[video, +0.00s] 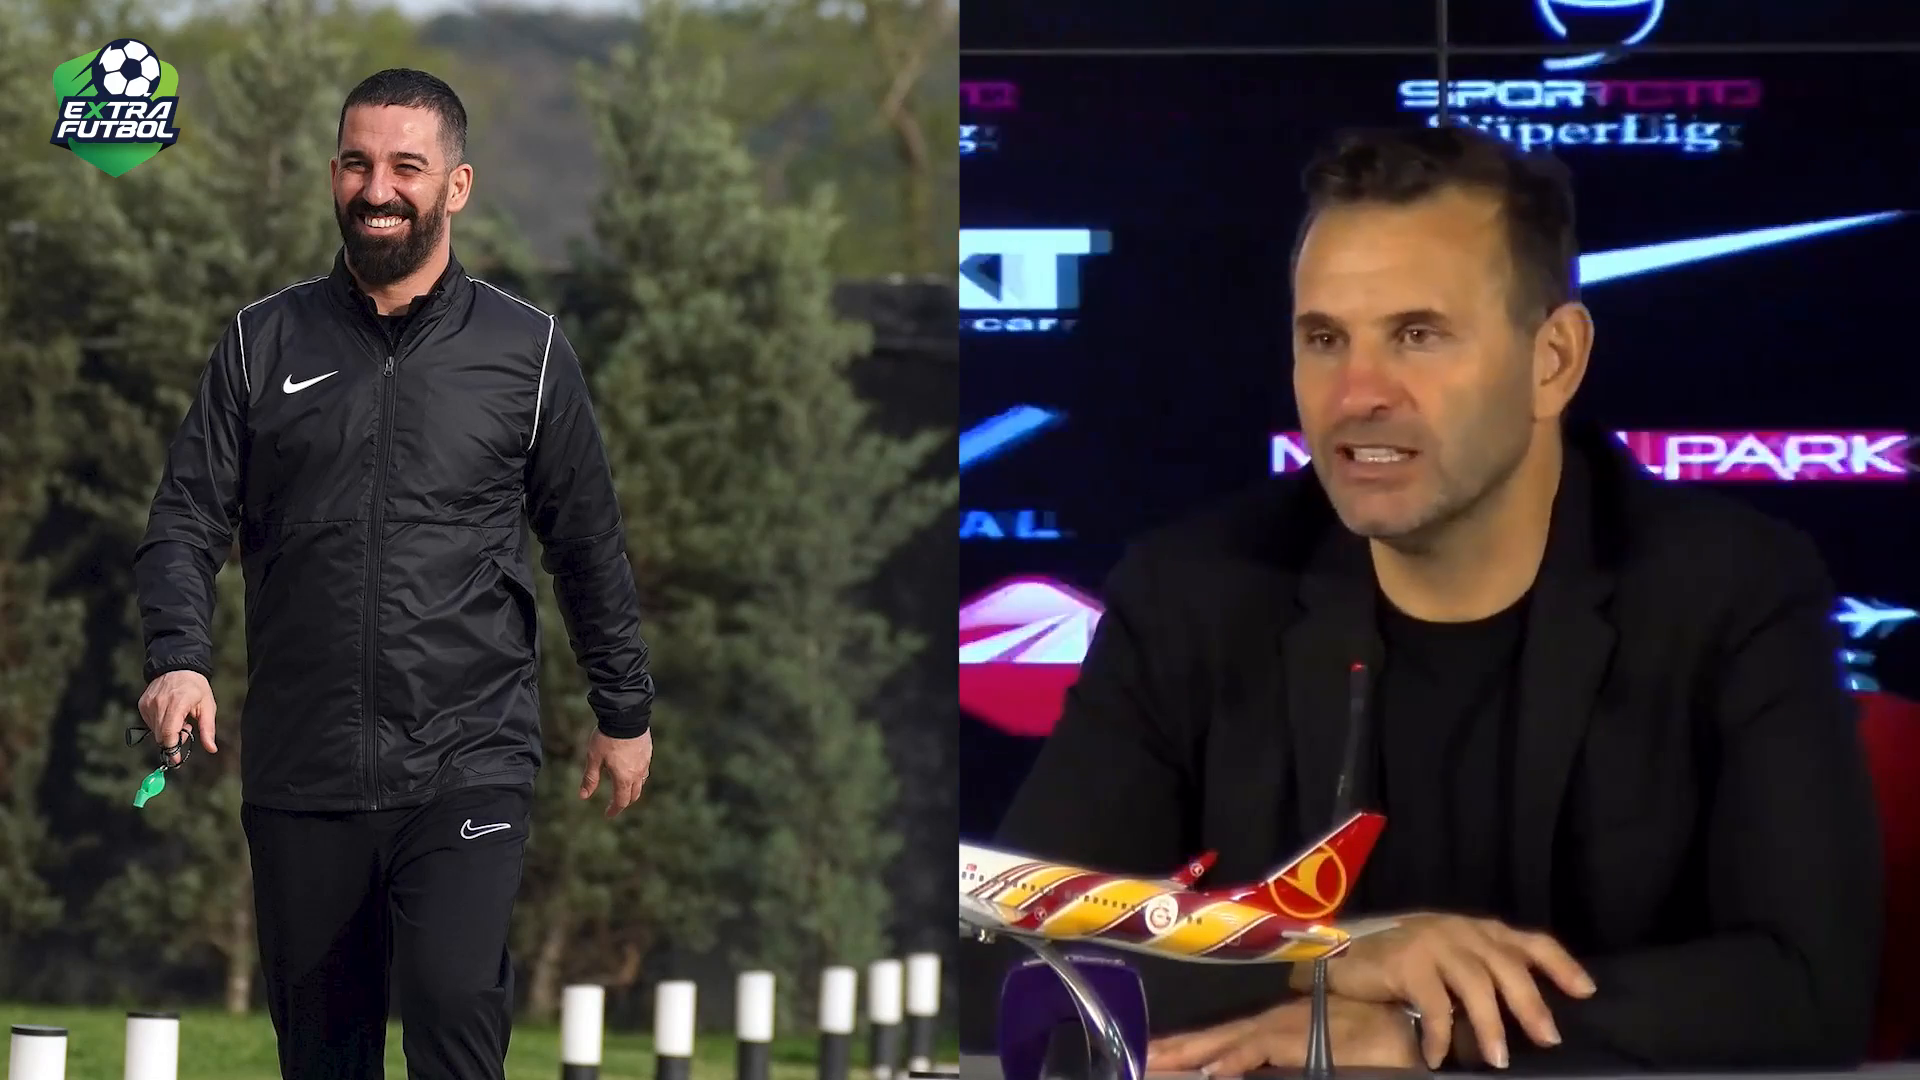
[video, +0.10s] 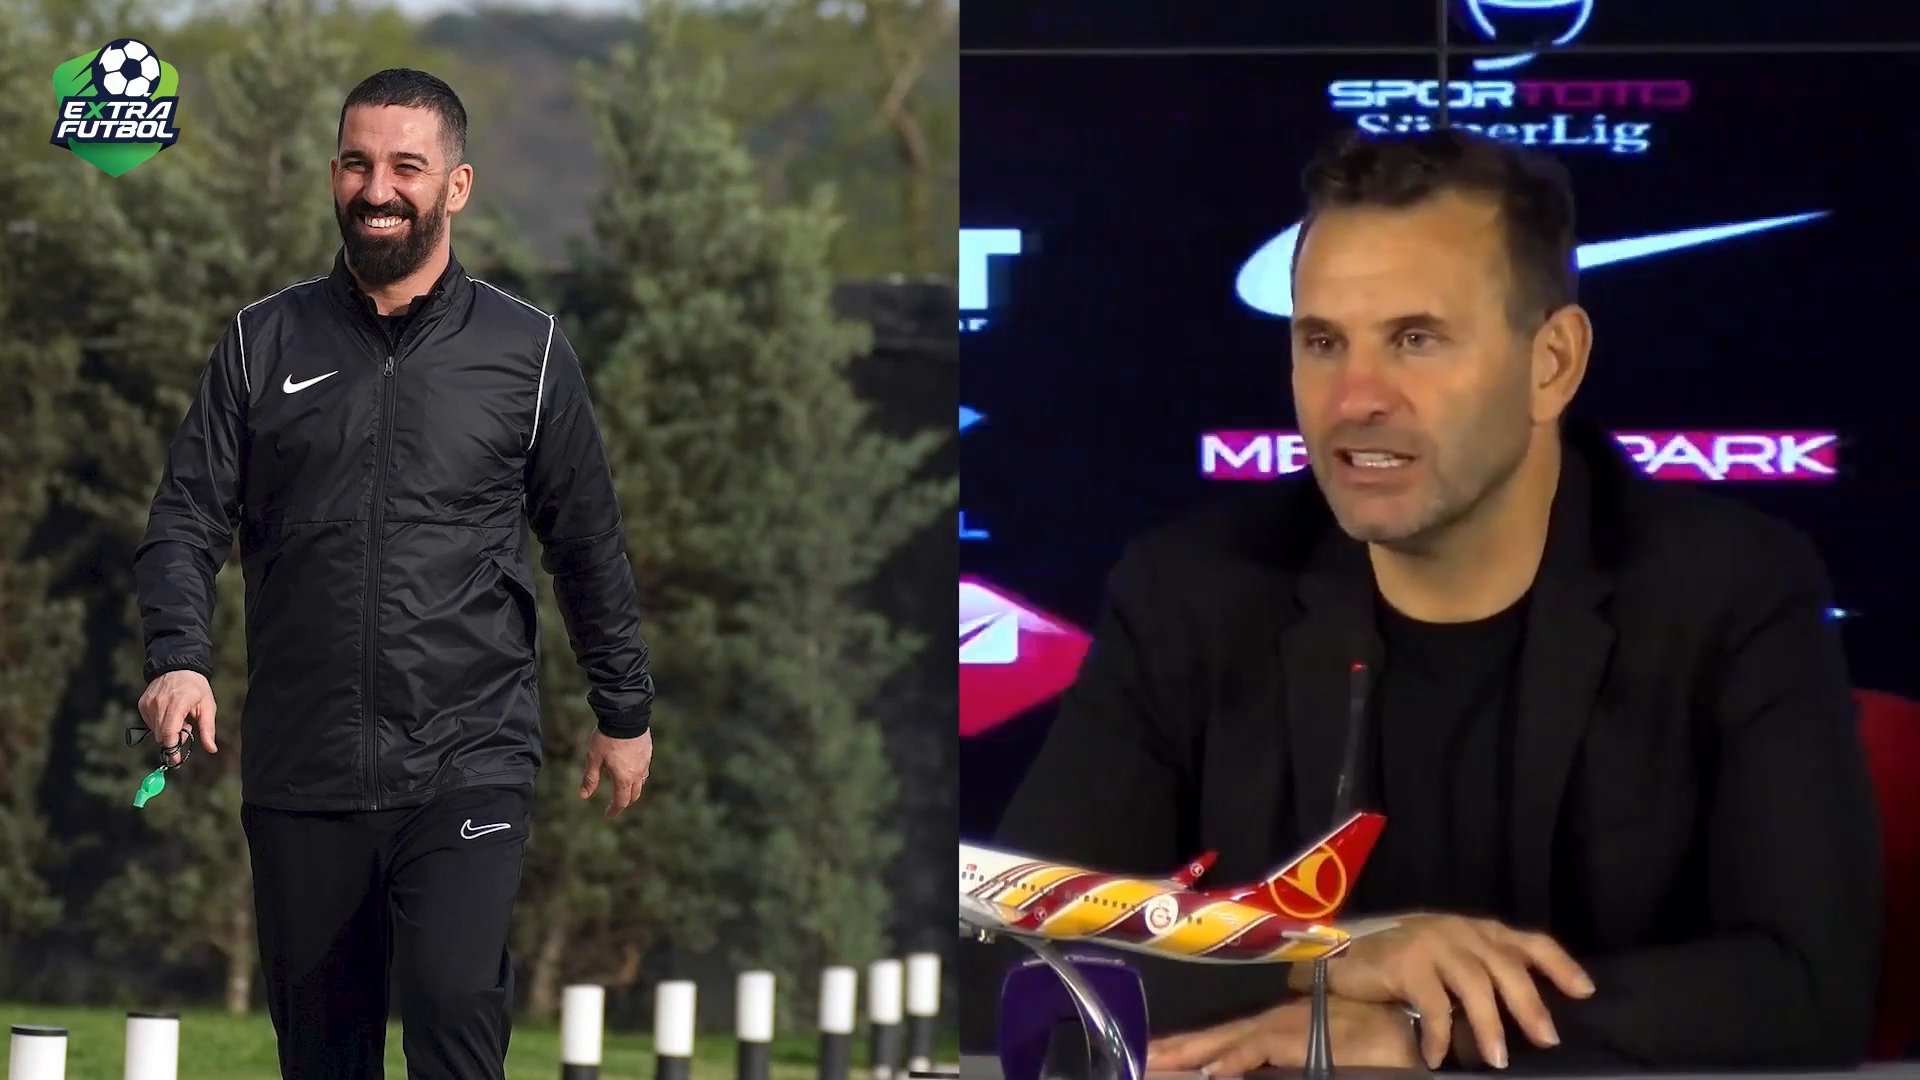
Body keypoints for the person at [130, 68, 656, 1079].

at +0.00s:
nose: (376, 187)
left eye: (405, 164)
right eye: (356, 162)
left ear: (458, 185)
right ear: (334, 177)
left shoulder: (530, 350)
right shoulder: (259, 342)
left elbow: (589, 541)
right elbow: (187, 513)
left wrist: (623, 708)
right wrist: (178, 658)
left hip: (471, 752)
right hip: (301, 755)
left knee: (455, 1019)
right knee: (320, 1043)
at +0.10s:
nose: (376, 187)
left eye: (405, 164)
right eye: (356, 162)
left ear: (458, 185)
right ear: (334, 177)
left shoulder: (530, 350)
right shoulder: (259, 342)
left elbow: (589, 541)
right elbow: (187, 513)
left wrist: (623, 708)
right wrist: (178, 658)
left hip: (471, 752)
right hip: (301, 755)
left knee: (455, 1019)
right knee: (320, 1043)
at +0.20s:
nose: (376, 187)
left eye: (405, 164)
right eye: (356, 162)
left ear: (458, 185)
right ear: (334, 177)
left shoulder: (530, 350)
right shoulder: (259, 342)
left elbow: (589, 541)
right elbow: (187, 513)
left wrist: (623, 708)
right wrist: (178, 658)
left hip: (471, 752)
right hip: (301, 755)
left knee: (455, 1019)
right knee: (320, 1043)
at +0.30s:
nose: (376, 187)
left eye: (405, 164)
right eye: (356, 162)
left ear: (458, 185)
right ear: (334, 177)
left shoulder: (530, 350)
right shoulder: (259, 342)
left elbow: (589, 541)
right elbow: (187, 513)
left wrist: (623, 708)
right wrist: (178, 658)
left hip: (471, 752)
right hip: (301, 755)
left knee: (455, 1019)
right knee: (320, 1043)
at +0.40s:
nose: (376, 187)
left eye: (405, 164)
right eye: (356, 162)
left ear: (458, 185)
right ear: (334, 177)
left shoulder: (530, 350)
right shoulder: (259, 342)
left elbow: (589, 541)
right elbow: (187, 513)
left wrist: (623, 708)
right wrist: (178, 658)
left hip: (471, 752)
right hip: (301, 755)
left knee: (455, 1019)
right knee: (320, 1043)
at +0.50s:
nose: (376, 187)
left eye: (405, 164)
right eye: (356, 162)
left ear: (458, 185)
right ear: (334, 177)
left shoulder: (530, 350)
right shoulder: (259, 342)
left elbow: (589, 541)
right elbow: (187, 513)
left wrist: (623, 708)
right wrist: (178, 658)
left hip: (471, 753)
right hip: (301, 755)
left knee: (455, 1018)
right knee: (320, 1043)